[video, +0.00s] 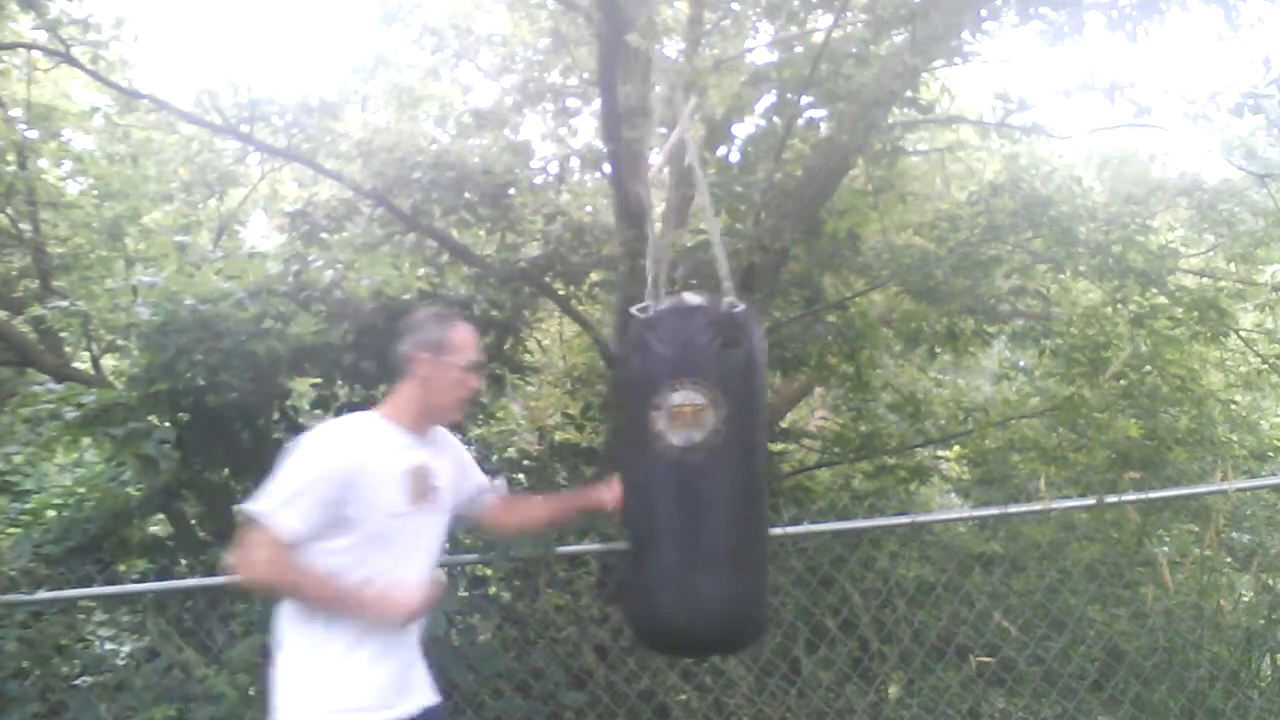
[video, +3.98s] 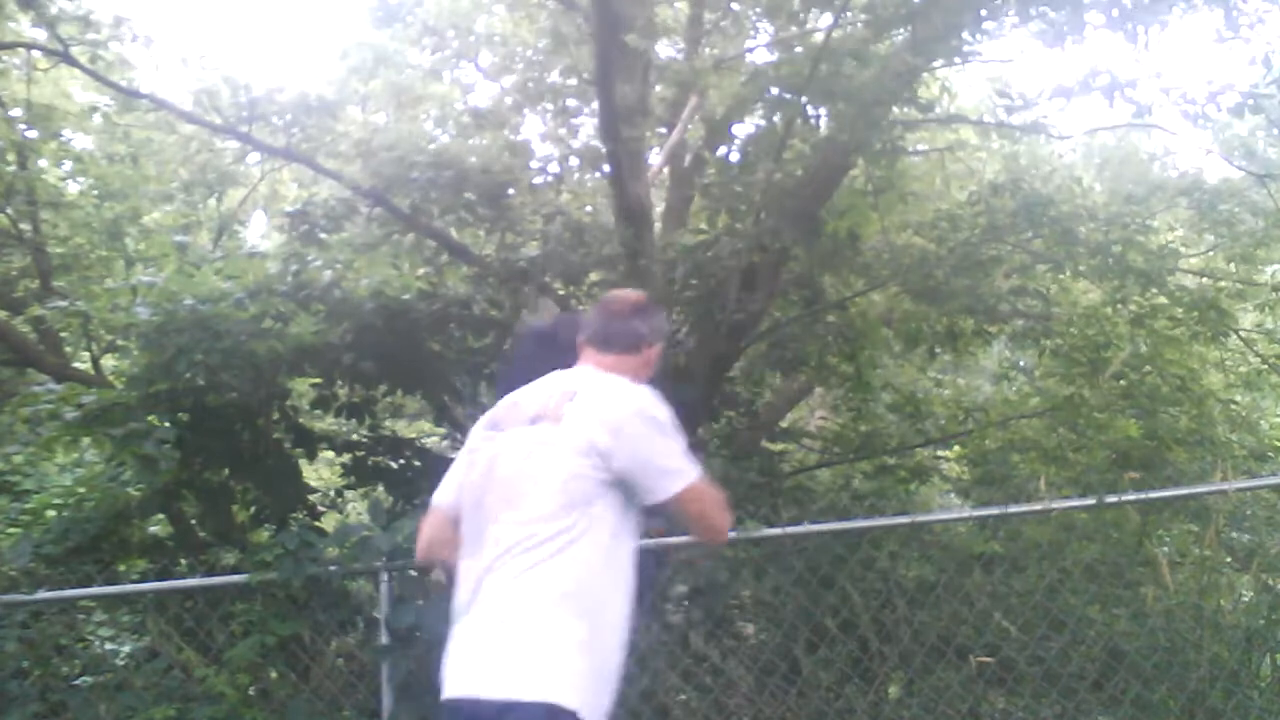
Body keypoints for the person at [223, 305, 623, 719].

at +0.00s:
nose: (479, 385)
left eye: (480, 370)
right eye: (470, 369)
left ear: (432, 367)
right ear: (422, 364)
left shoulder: (446, 453)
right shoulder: (331, 449)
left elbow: (500, 512)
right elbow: (253, 559)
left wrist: (593, 499)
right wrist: (374, 600)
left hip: (405, 696)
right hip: (325, 701)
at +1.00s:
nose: (578, 386)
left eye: (579, 374)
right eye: (563, 373)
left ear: (575, 385)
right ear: (519, 380)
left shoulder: (583, 461)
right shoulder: (442, 457)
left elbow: (677, 485)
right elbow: (363, 558)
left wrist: (775, 473)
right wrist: (473, 589)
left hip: (510, 696)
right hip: (409, 697)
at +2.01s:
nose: (634, 376)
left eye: (634, 364)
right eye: (627, 362)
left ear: (594, 359)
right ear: (591, 357)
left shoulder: (577, 441)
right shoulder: (538, 422)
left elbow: (645, 517)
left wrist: (743, 502)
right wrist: (652, 479)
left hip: (569, 693)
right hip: (526, 694)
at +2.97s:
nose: (559, 357)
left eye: (558, 343)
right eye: (550, 342)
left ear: (512, 344)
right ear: (512, 343)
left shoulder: (493, 414)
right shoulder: (494, 411)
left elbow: (561, 484)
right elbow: (557, 486)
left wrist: (632, 435)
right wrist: (692, 524)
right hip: (540, 682)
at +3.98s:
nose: (659, 361)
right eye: (661, 352)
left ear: (582, 343)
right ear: (650, 354)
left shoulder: (503, 410)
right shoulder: (629, 405)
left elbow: (431, 543)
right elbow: (715, 524)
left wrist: (521, 554)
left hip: (469, 679)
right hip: (554, 682)